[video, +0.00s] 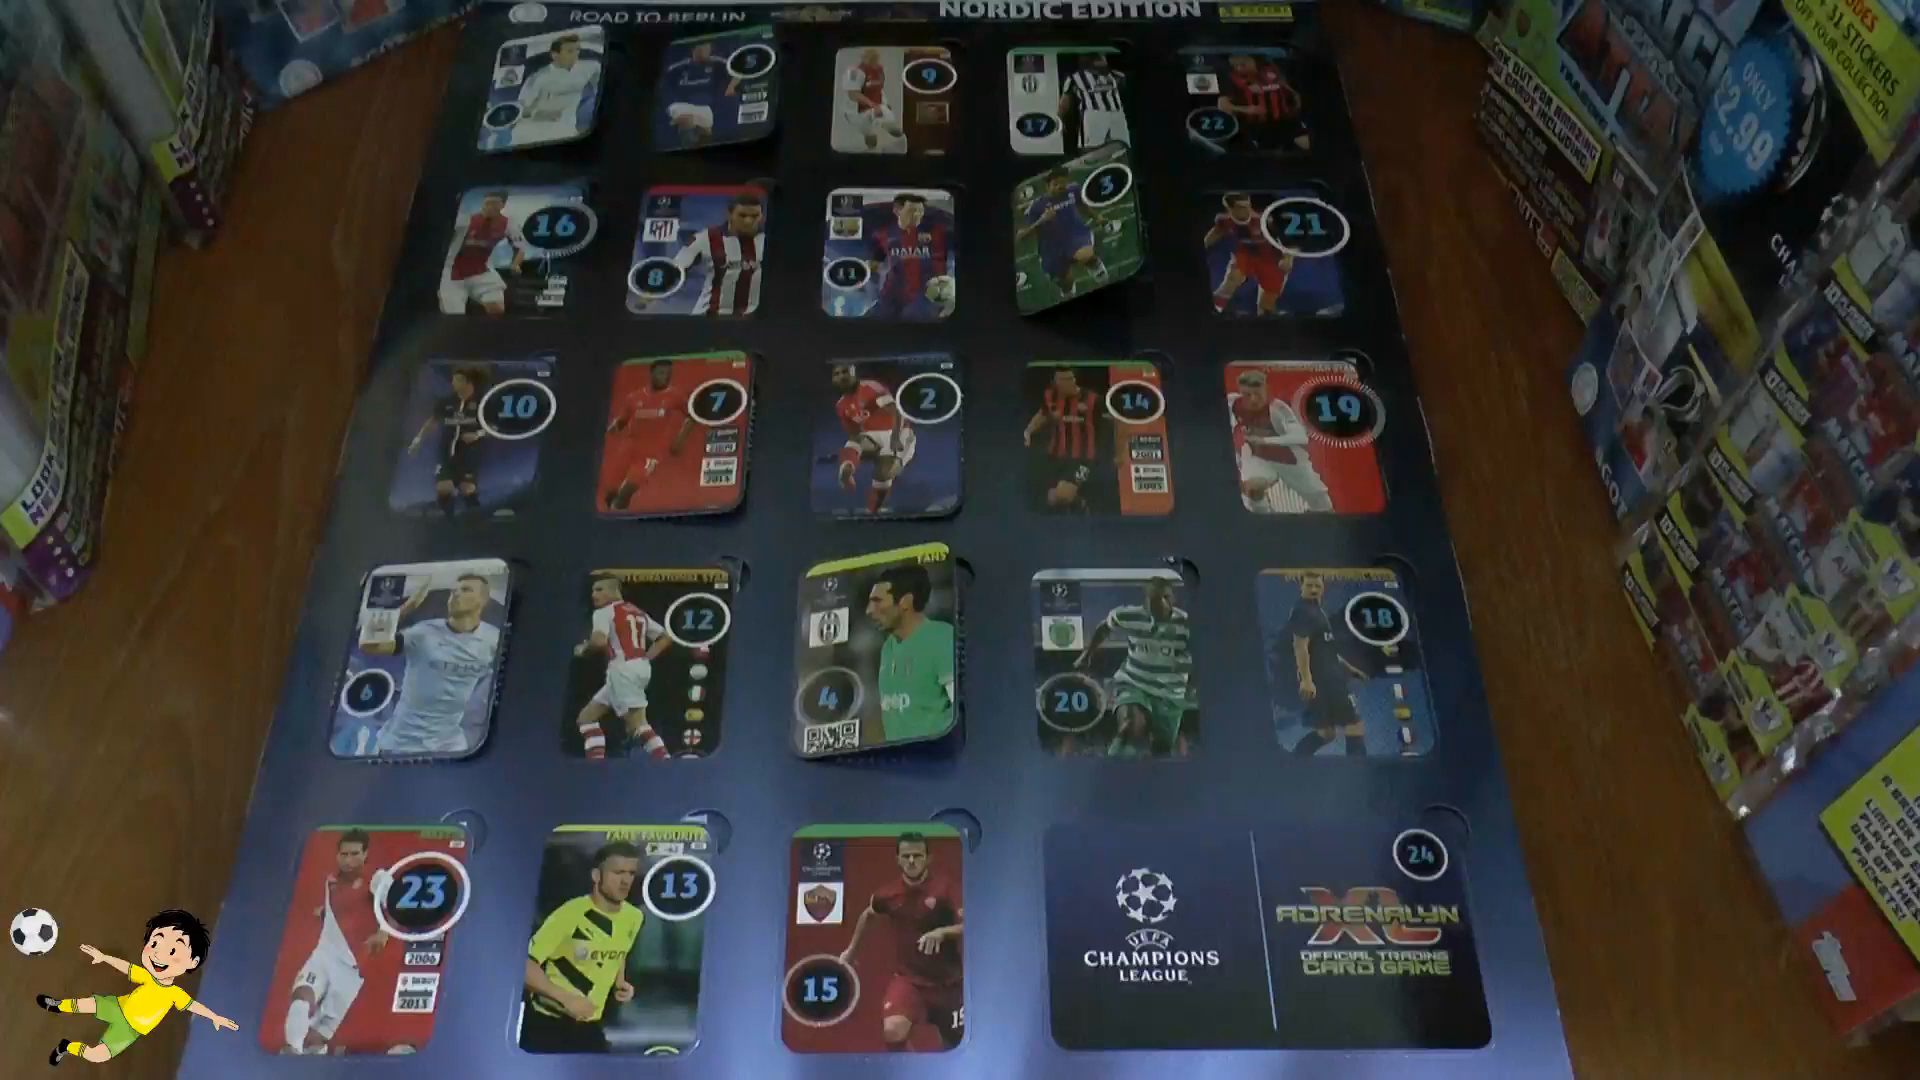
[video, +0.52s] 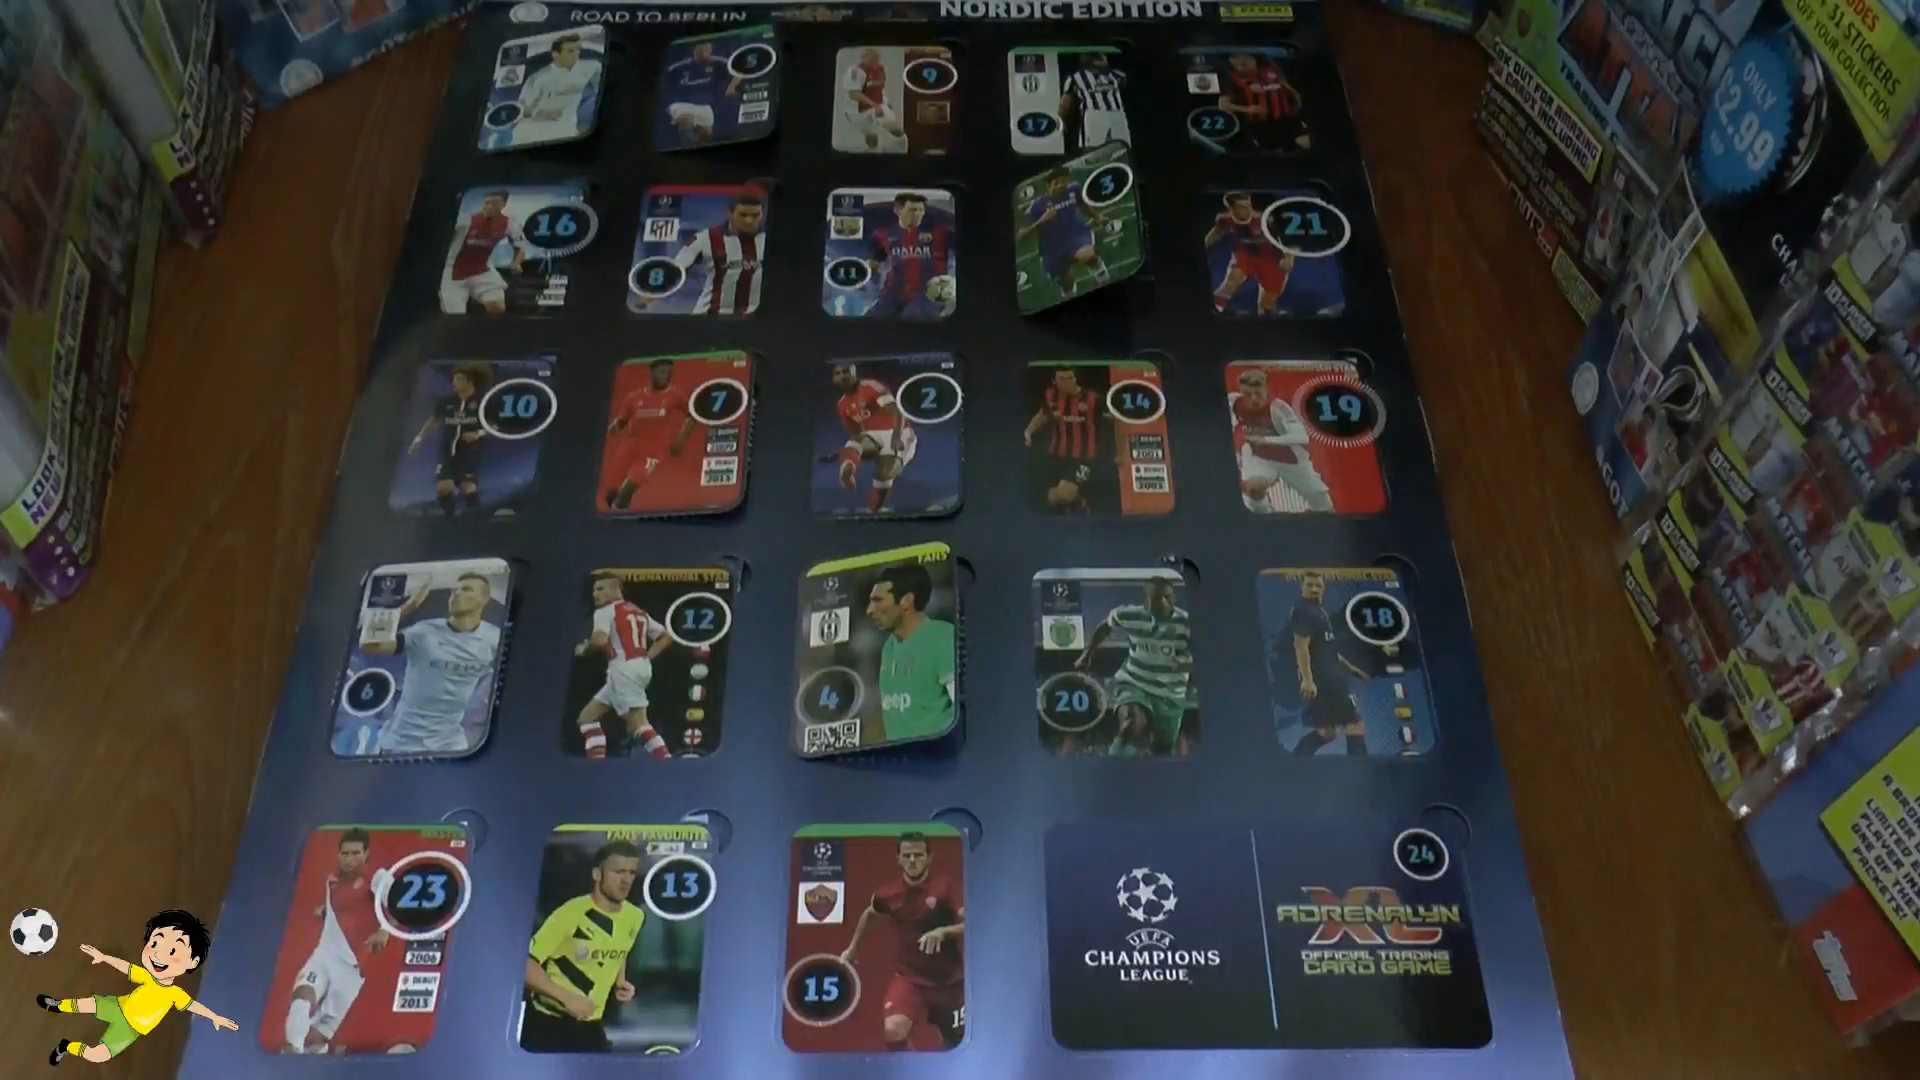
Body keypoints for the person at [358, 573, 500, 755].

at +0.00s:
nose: (455, 594)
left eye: (466, 590)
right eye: (453, 590)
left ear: (483, 600)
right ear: (449, 598)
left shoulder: (494, 641)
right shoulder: (423, 632)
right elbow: (370, 645)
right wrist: (396, 615)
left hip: (449, 743)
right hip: (400, 740)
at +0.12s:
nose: (455, 594)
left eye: (465, 590)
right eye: (453, 590)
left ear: (483, 600)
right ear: (449, 598)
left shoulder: (494, 641)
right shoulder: (423, 632)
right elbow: (370, 645)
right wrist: (399, 612)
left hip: (449, 742)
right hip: (401, 740)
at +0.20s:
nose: (455, 594)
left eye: (465, 589)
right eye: (453, 590)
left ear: (483, 600)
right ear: (449, 598)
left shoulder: (495, 641)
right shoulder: (423, 632)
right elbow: (370, 645)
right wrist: (400, 612)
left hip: (449, 742)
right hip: (401, 739)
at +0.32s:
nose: (455, 594)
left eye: (466, 590)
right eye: (454, 590)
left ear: (484, 600)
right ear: (449, 597)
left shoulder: (495, 640)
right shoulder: (423, 632)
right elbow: (370, 645)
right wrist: (397, 613)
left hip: (449, 742)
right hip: (401, 739)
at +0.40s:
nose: (455, 594)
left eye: (466, 590)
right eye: (454, 590)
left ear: (484, 600)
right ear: (449, 597)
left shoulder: (495, 640)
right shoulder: (423, 631)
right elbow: (370, 645)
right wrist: (399, 613)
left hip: (449, 741)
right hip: (401, 738)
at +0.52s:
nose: (456, 594)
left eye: (466, 589)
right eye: (454, 590)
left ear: (484, 599)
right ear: (450, 597)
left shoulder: (495, 640)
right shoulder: (423, 632)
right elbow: (370, 645)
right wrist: (402, 611)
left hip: (449, 741)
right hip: (401, 739)